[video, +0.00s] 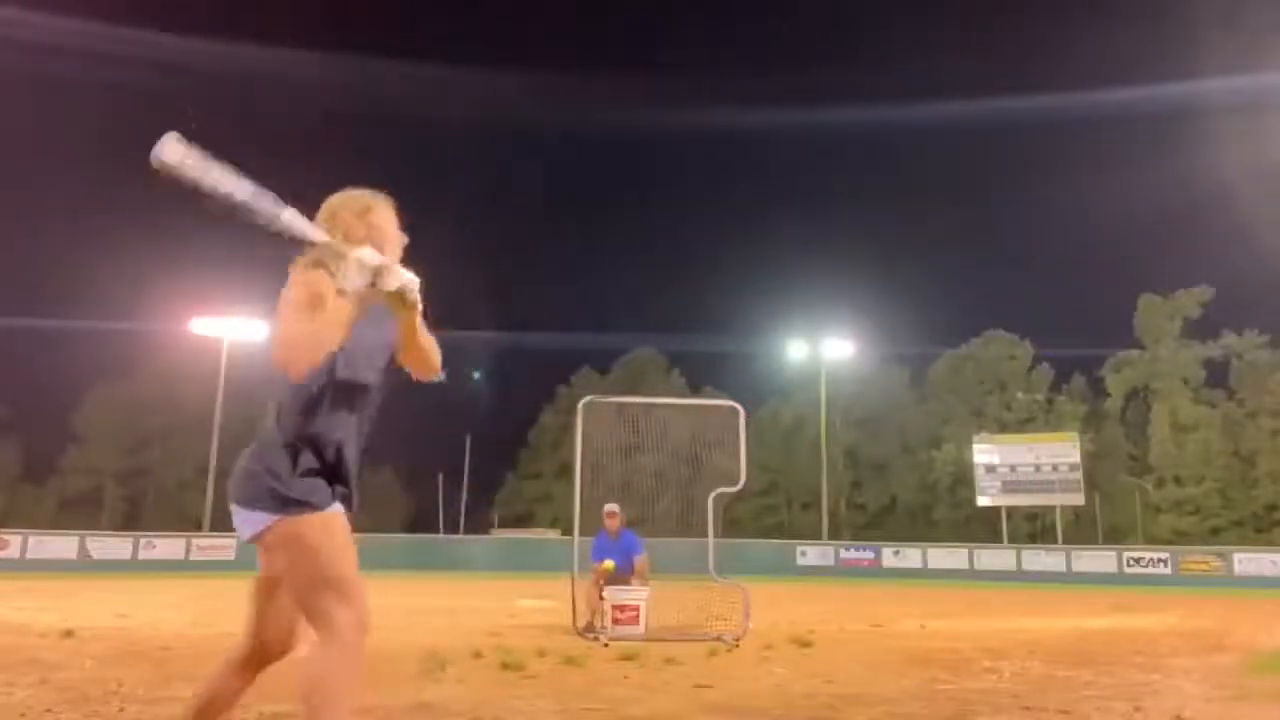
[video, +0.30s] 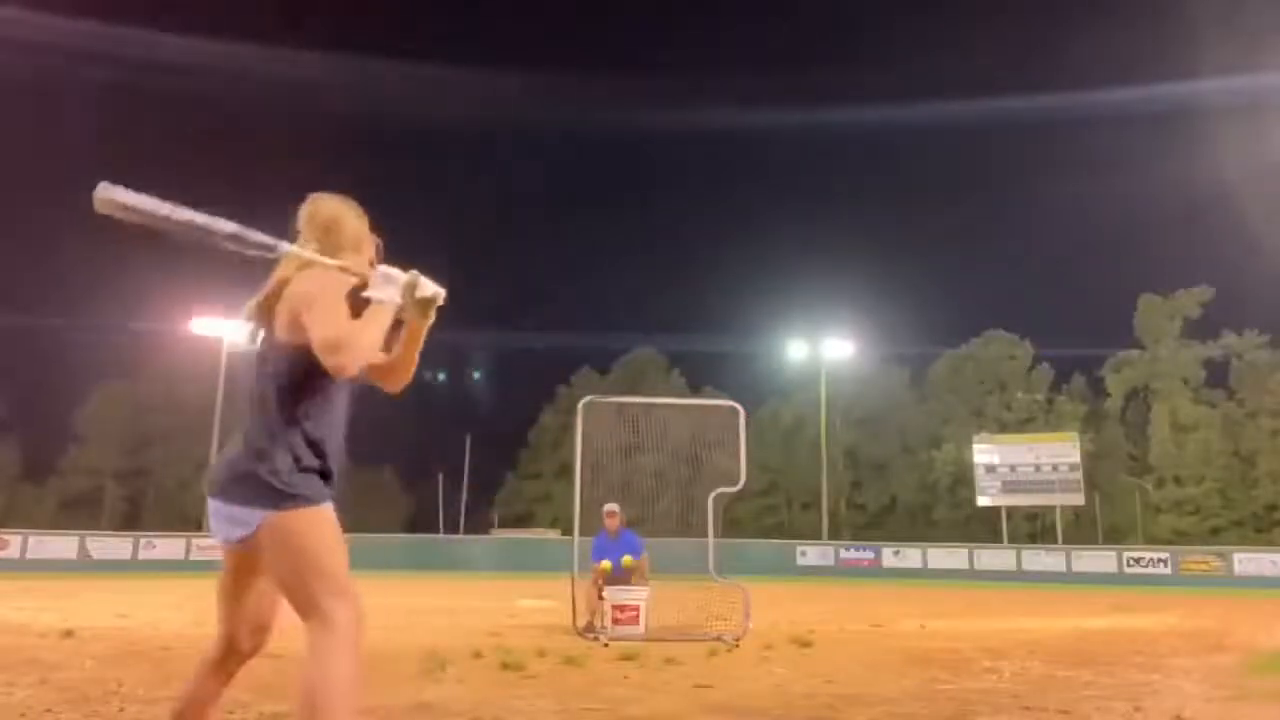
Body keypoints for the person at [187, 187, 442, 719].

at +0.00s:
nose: (401, 246)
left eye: (401, 236)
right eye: (391, 235)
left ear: (387, 248)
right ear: (355, 239)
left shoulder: (388, 303)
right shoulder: (311, 282)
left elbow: (427, 370)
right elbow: (295, 360)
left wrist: (408, 312)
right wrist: (352, 294)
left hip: (317, 485)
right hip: (282, 482)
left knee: (269, 640)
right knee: (344, 626)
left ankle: (198, 712)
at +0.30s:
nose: (375, 246)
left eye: (371, 236)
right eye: (368, 236)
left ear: (314, 240)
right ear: (349, 241)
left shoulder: (305, 289)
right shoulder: (320, 282)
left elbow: (394, 377)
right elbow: (344, 356)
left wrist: (418, 319)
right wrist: (386, 301)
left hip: (247, 482)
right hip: (282, 485)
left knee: (241, 637)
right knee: (337, 620)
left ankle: (183, 713)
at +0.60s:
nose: (375, 250)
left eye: (371, 240)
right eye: (370, 239)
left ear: (316, 239)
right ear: (358, 242)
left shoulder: (303, 289)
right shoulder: (326, 282)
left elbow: (383, 386)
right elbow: (367, 349)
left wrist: (432, 339)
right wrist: (413, 301)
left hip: (253, 473)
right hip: (293, 476)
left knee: (248, 638)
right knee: (346, 624)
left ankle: (183, 714)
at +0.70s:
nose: (375, 260)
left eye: (375, 250)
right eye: (372, 249)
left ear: (317, 238)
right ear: (357, 242)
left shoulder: (298, 290)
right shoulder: (326, 281)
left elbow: (376, 390)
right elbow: (363, 349)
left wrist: (428, 345)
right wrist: (411, 307)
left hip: (251, 475)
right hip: (291, 478)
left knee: (245, 639)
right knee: (346, 625)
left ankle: (181, 714)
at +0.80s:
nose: (371, 258)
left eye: (371, 247)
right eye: (369, 245)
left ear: (313, 239)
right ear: (356, 242)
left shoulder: (295, 291)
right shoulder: (323, 279)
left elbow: (371, 394)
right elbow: (355, 346)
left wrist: (422, 350)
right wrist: (410, 311)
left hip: (249, 477)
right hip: (289, 480)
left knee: (248, 636)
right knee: (345, 625)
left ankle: (183, 715)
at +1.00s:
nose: (369, 264)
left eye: (369, 254)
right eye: (368, 252)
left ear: (311, 242)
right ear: (355, 246)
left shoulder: (296, 297)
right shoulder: (319, 280)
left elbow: (373, 392)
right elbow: (347, 340)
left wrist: (420, 349)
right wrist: (409, 304)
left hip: (246, 481)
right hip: (288, 485)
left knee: (255, 638)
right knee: (346, 626)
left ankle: (184, 714)